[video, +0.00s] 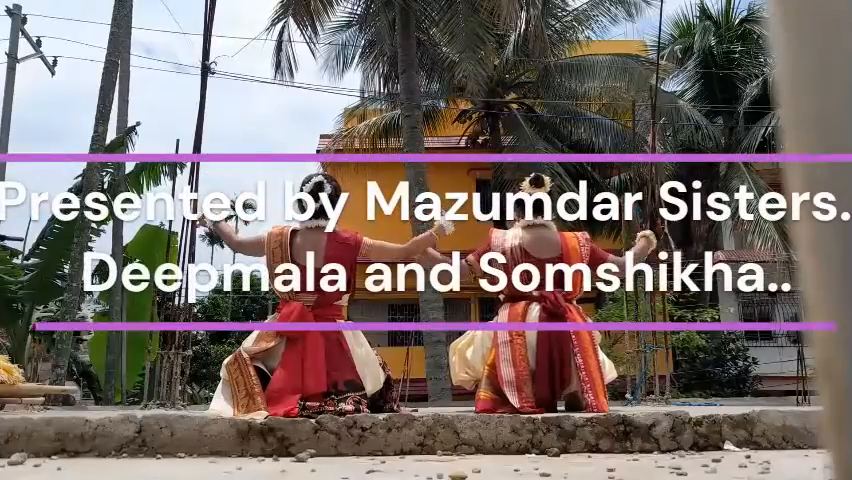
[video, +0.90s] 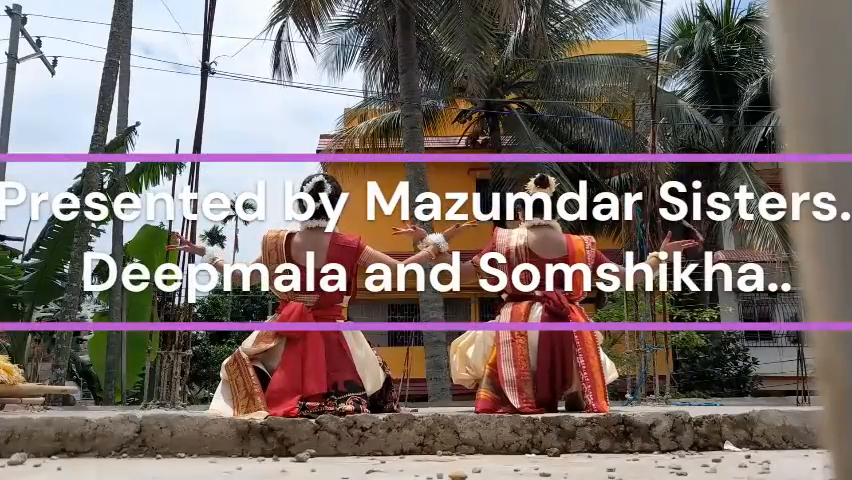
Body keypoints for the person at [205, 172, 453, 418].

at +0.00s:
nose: (335, 210)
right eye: (335, 203)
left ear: (300, 205)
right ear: (335, 206)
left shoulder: (277, 238)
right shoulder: (348, 242)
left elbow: (235, 242)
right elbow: (404, 252)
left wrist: (211, 220)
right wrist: (436, 230)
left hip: (286, 339)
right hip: (335, 340)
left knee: (238, 365)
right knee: (376, 385)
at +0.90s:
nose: (340, 205)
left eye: (325, 199)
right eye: (339, 200)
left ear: (301, 202)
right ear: (336, 205)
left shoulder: (275, 243)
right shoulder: (348, 246)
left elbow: (243, 275)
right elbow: (399, 268)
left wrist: (207, 253)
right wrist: (429, 251)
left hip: (288, 342)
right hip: (335, 341)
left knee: (239, 362)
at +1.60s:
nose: (337, 207)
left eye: (318, 201)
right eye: (337, 201)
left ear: (300, 204)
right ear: (337, 207)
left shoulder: (276, 245)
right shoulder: (349, 248)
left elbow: (246, 280)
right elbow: (402, 267)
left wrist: (200, 256)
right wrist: (431, 247)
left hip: (289, 350)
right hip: (336, 349)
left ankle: (289, 392)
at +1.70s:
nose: (334, 207)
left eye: (315, 200)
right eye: (336, 201)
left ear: (300, 203)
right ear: (337, 206)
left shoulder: (275, 244)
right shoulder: (348, 248)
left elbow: (247, 281)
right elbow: (402, 267)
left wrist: (200, 256)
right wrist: (431, 248)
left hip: (288, 350)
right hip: (336, 350)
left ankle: (290, 392)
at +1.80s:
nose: (338, 207)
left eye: (331, 201)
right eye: (338, 202)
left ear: (300, 205)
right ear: (337, 206)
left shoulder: (276, 244)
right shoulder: (349, 247)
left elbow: (241, 280)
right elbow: (402, 265)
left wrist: (200, 254)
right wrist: (432, 246)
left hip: (287, 343)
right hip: (333, 344)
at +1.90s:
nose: (340, 206)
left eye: (333, 201)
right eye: (340, 202)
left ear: (300, 204)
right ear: (337, 206)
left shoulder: (275, 244)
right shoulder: (348, 247)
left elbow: (241, 280)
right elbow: (403, 264)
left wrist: (200, 254)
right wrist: (431, 245)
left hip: (288, 350)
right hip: (335, 350)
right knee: (376, 389)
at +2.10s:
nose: (338, 206)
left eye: (317, 200)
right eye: (338, 201)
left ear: (300, 203)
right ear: (336, 206)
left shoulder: (276, 245)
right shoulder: (349, 247)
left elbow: (236, 278)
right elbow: (404, 264)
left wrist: (199, 252)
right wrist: (435, 246)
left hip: (289, 349)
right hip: (335, 349)